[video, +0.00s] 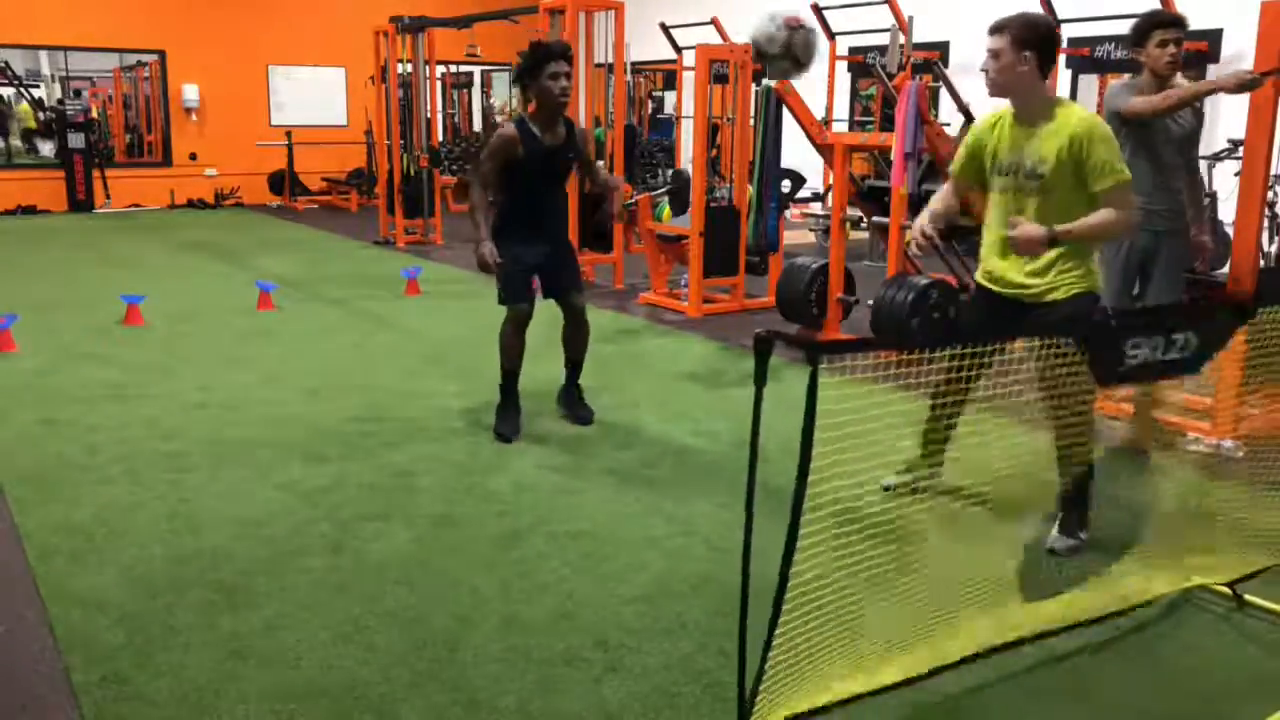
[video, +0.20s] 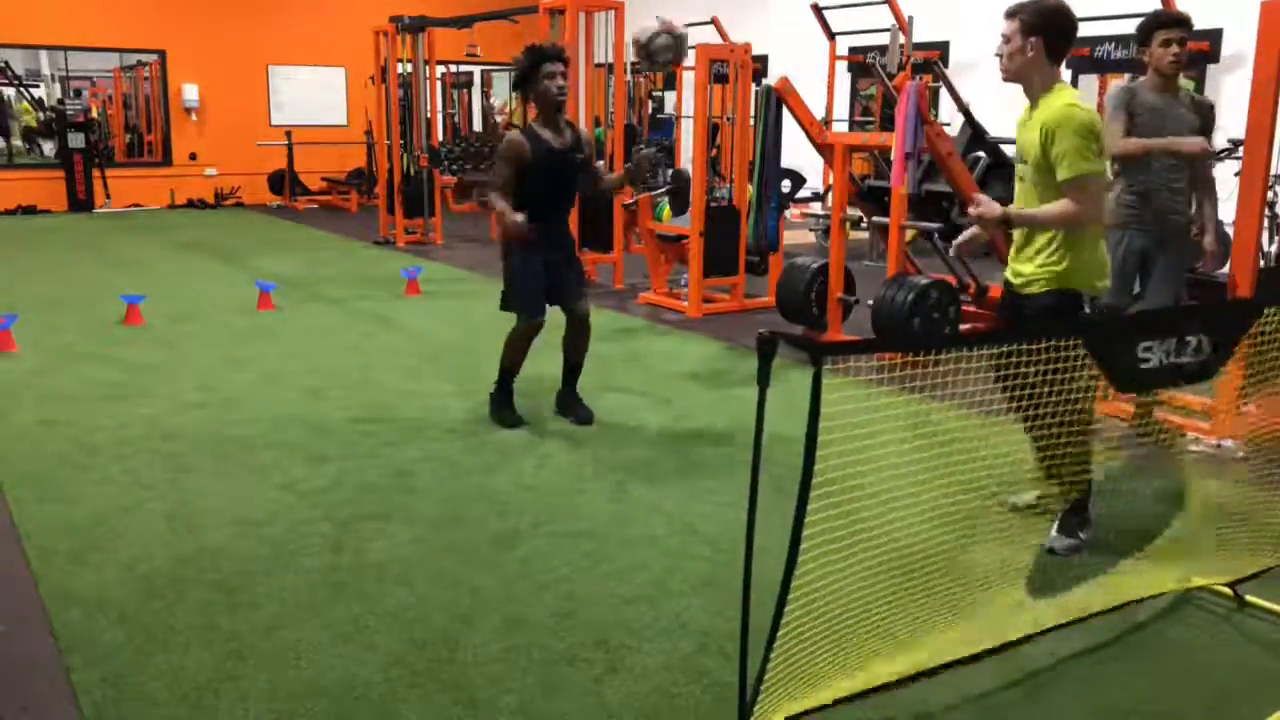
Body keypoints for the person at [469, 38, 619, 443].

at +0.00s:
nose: (564, 84)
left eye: (567, 77)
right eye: (554, 77)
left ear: (572, 84)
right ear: (531, 86)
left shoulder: (574, 136)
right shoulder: (508, 139)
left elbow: (590, 174)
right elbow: (479, 186)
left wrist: (609, 183)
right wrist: (483, 238)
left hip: (555, 238)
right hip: (513, 241)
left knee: (577, 310)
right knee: (519, 314)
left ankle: (571, 389)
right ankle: (509, 400)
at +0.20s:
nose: (561, 83)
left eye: (563, 77)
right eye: (551, 77)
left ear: (569, 84)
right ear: (531, 90)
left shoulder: (577, 137)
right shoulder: (516, 143)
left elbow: (591, 187)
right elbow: (496, 194)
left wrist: (629, 174)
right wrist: (508, 214)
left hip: (559, 238)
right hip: (524, 239)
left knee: (580, 314)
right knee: (531, 321)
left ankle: (568, 394)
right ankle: (502, 394)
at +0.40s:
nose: (562, 76)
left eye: (564, 69)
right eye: (552, 69)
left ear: (570, 75)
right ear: (532, 78)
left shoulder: (576, 127)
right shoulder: (524, 130)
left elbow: (585, 177)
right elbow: (512, 186)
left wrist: (620, 164)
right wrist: (535, 196)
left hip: (575, 235)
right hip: (538, 236)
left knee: (596, 305)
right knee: (534, 308)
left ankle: (573, 389)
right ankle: (510, 373)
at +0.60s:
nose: (586, 78)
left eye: (590, 70)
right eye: (579, 70)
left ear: (592, 70)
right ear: (556, 71)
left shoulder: (600, 115)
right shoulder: (538, 122)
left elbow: (622, 164)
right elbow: (522, 173)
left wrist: (630, 165)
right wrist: (530, 208)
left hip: (598, 226)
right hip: (557, 228)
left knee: (617, 300)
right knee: (551, 304)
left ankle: (616, 376)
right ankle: (522, 362)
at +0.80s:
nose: (616, 104)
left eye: (619, 96)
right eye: (610, 96)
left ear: (621, 98)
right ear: (589, 96)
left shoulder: (624, 138)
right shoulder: (557, 135)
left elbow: (634, 181)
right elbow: (525, 175)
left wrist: (645, 203)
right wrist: (515, 225)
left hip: (604, 226)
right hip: (569, 226)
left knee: (624, 296)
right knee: (613, 288)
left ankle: (620, 379)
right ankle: (599, 366)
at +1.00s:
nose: (615, 117)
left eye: (620, 109)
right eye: (607, 109)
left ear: (626, 109)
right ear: (587, 108)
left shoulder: (629, 152)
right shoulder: (560, 147)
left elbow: (631, 199)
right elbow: (533, 182)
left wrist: (635, 232)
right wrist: (527, 216)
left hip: (603, 228)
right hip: (565, 229)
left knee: (635, 288)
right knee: (609, 278)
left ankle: (658, 369)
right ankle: (633, 368)